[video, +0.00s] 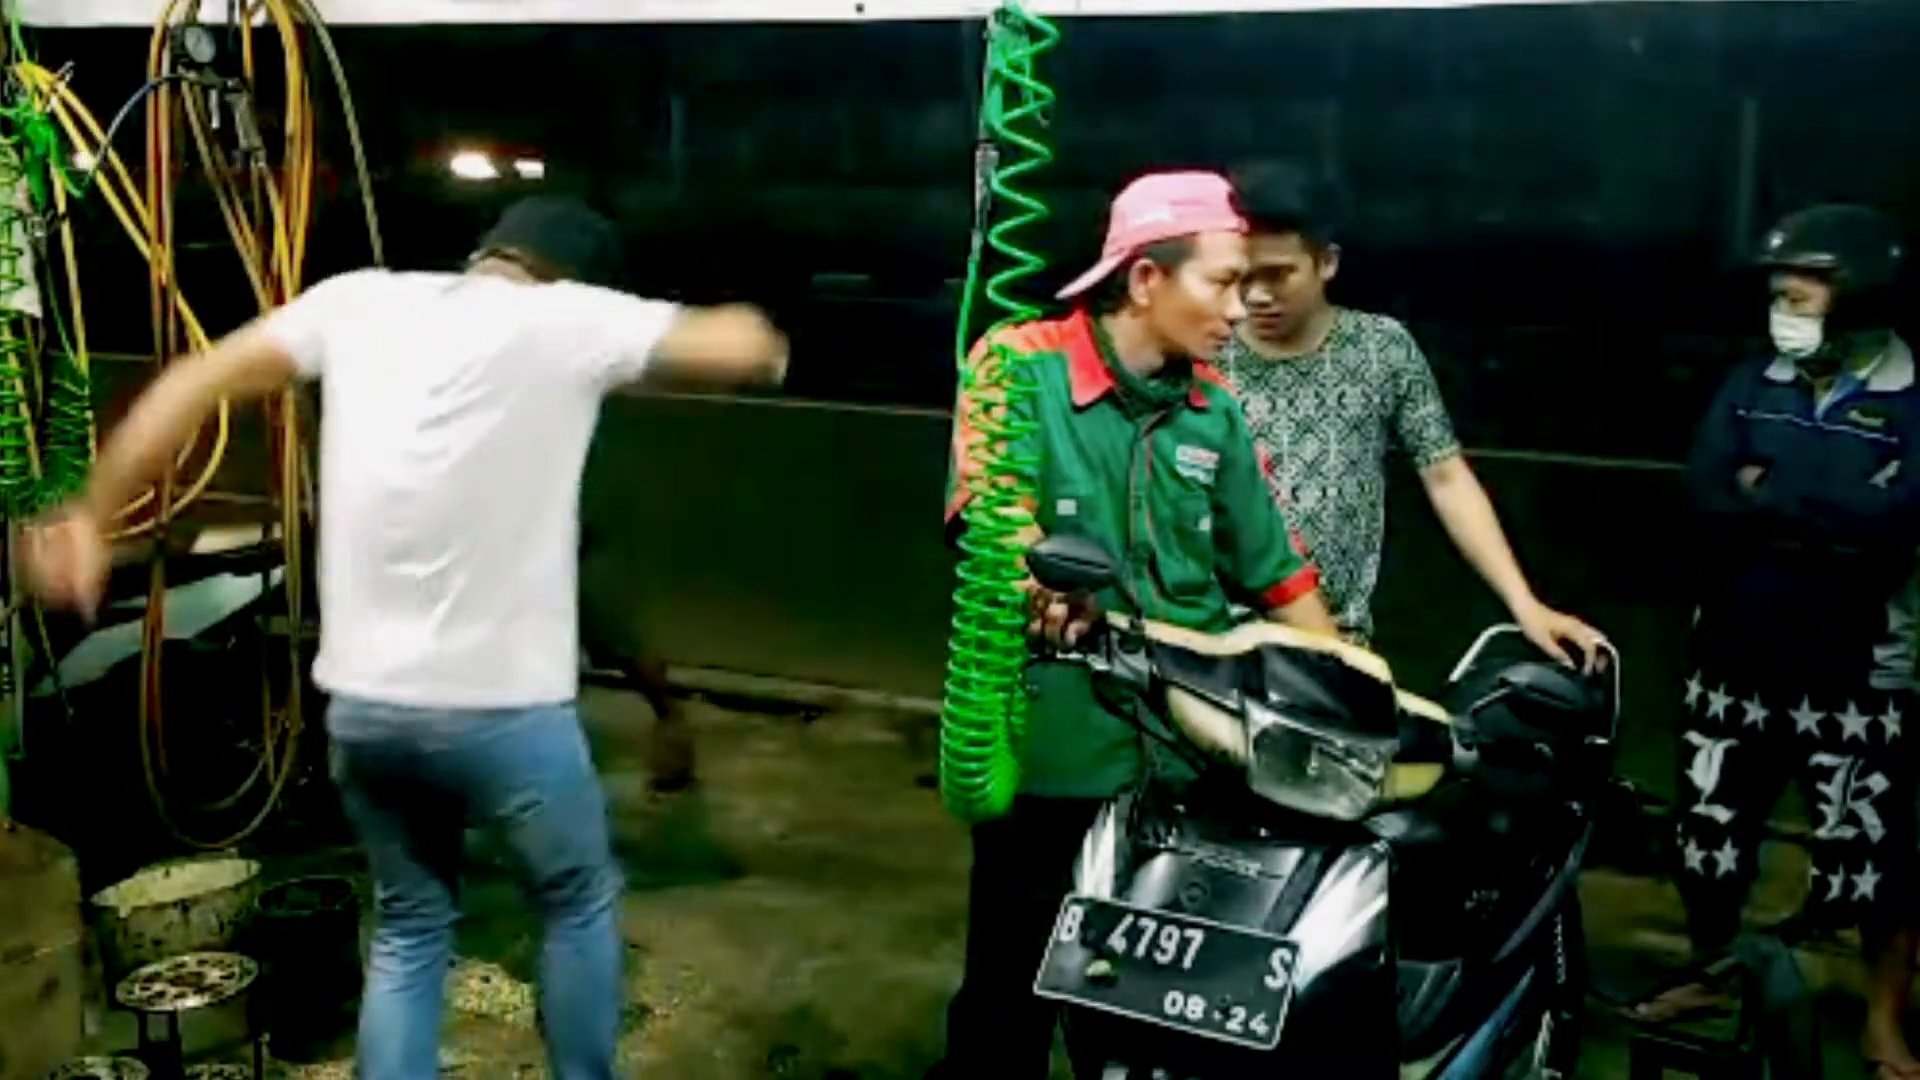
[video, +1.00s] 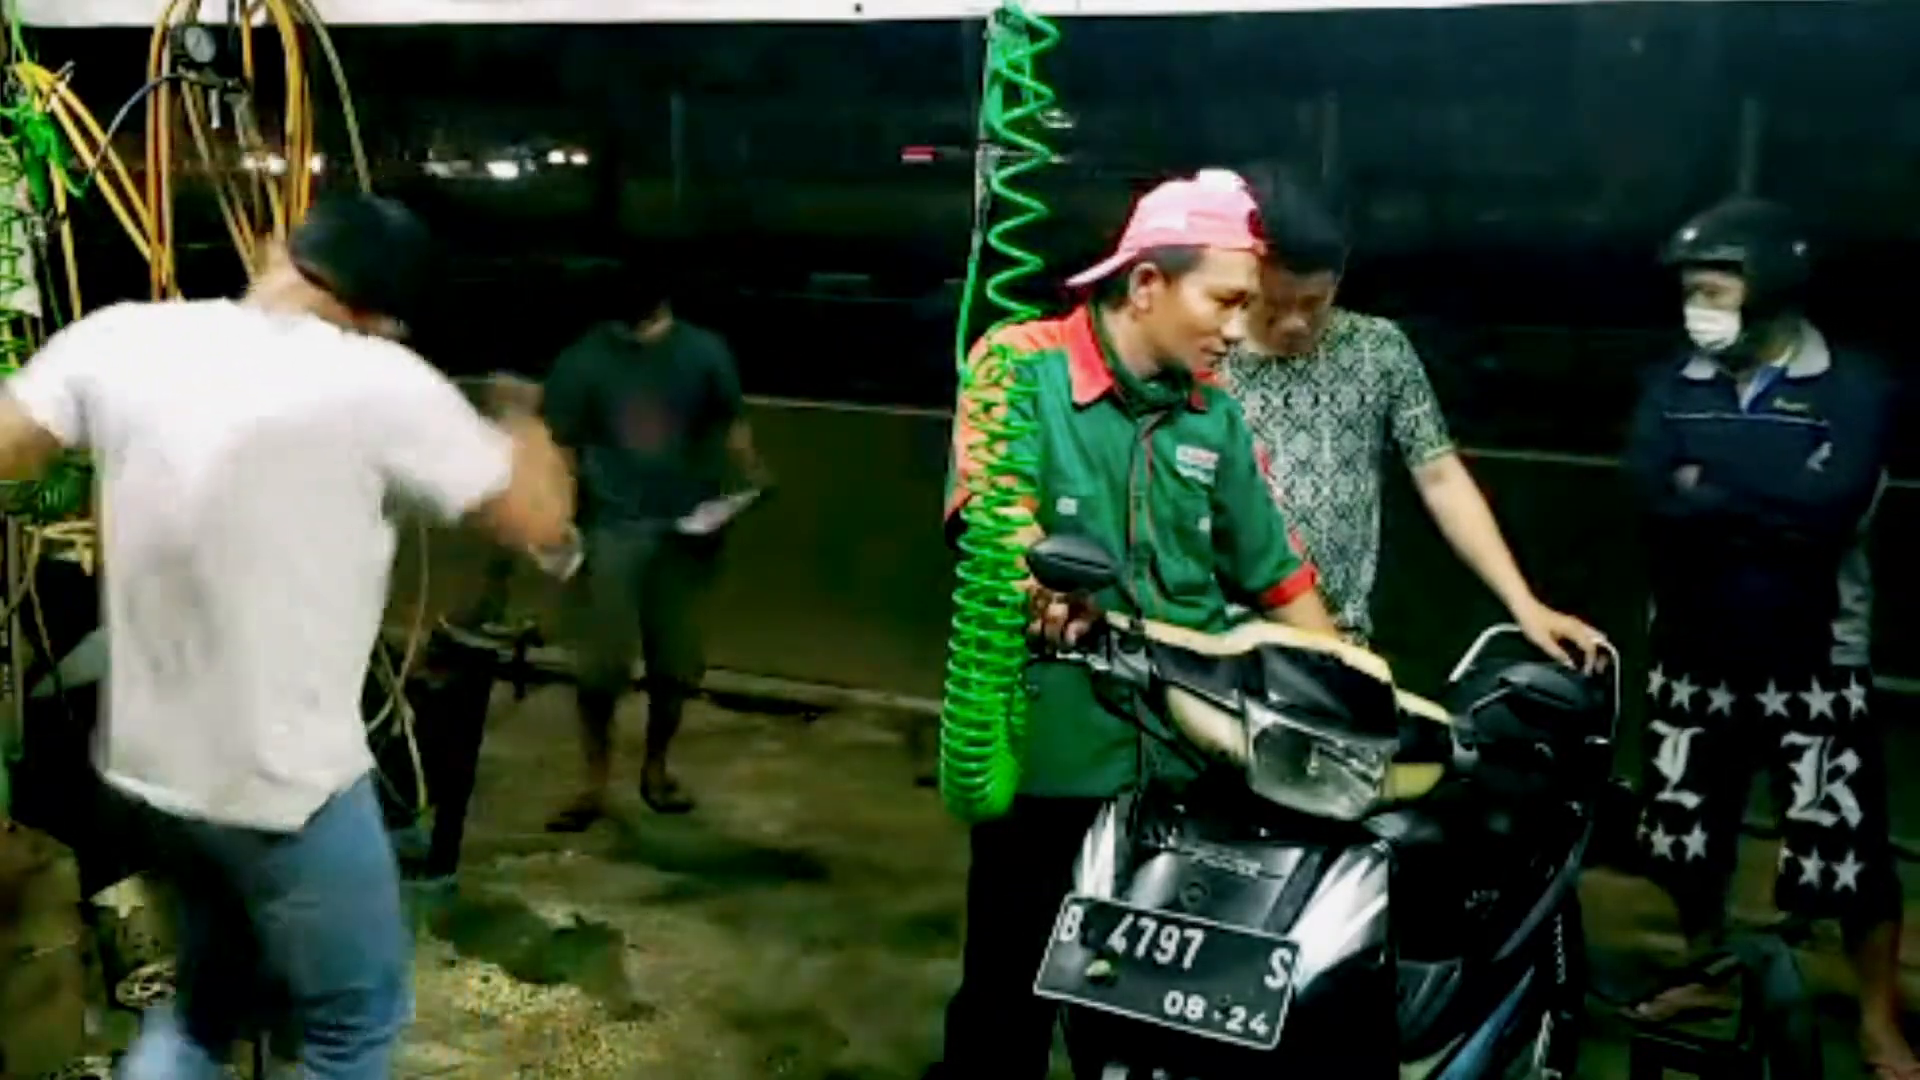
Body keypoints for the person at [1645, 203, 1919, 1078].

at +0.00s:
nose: (1787, 297)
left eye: (1808, 282)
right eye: (1780, 281)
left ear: (1856, 293)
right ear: (1771, 288)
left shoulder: (1903, 393)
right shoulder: (1748, 385)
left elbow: (1896, 515)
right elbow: (1705, 493)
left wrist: (1764, 478)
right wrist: (1839, 497)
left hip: (1858, 661)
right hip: (1739, 651)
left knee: (1866, 853)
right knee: (1708, 832)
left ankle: (1882, 1017)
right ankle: (1708, 975)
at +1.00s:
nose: (1696, 301)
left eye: (1717, 285)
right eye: (1690, 284)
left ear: (1772, 291)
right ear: (1685, 287)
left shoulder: (1846, 388)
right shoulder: (1671, 384)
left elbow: (1835, 502)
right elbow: (1649, 493)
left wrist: (1697, 470)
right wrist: (1788, 486)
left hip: (1811, 656)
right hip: (1693, 651)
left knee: (1849, 854)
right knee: (1684, 837)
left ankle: (1880, 1021)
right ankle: (1701, 971)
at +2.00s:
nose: (1874, 306)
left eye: (1895, 291)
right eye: (1862, 289)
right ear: (1838, 299)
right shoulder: (1796, 392)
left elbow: (1911, 517)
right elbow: (1748, 497)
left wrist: (1810, 488)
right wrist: (1869, 508)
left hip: (1889, 664)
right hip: (1777, 655)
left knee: (1890, 852)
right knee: (1709, 824)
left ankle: (1861, 983)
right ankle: (1708, 965)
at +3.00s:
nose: (1916, 305)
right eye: (1906, 288)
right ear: (1880, 300)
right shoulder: (1832, 391)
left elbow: (1912, 515)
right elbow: (1783, 496)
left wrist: (1845, 482)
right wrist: (1893, 504)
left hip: (1903, 666)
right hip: (1800, 651)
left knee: (1896, 855)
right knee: (1726, 826)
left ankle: (1863, 988)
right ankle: (1710, 933)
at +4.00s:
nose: (1897, 301)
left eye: (1913, 288)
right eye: (1885, 284)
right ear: (1858, 293)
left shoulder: (1918, 412)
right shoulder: (1807, 385)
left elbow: (1910, 517)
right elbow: (1761, 484)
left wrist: (1820, 475)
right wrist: (1871, 520)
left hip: (1889, 660)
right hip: (1782, 644)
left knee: (1884, 841)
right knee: (1737, 813)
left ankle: (1862, 981)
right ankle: (1716, 944)